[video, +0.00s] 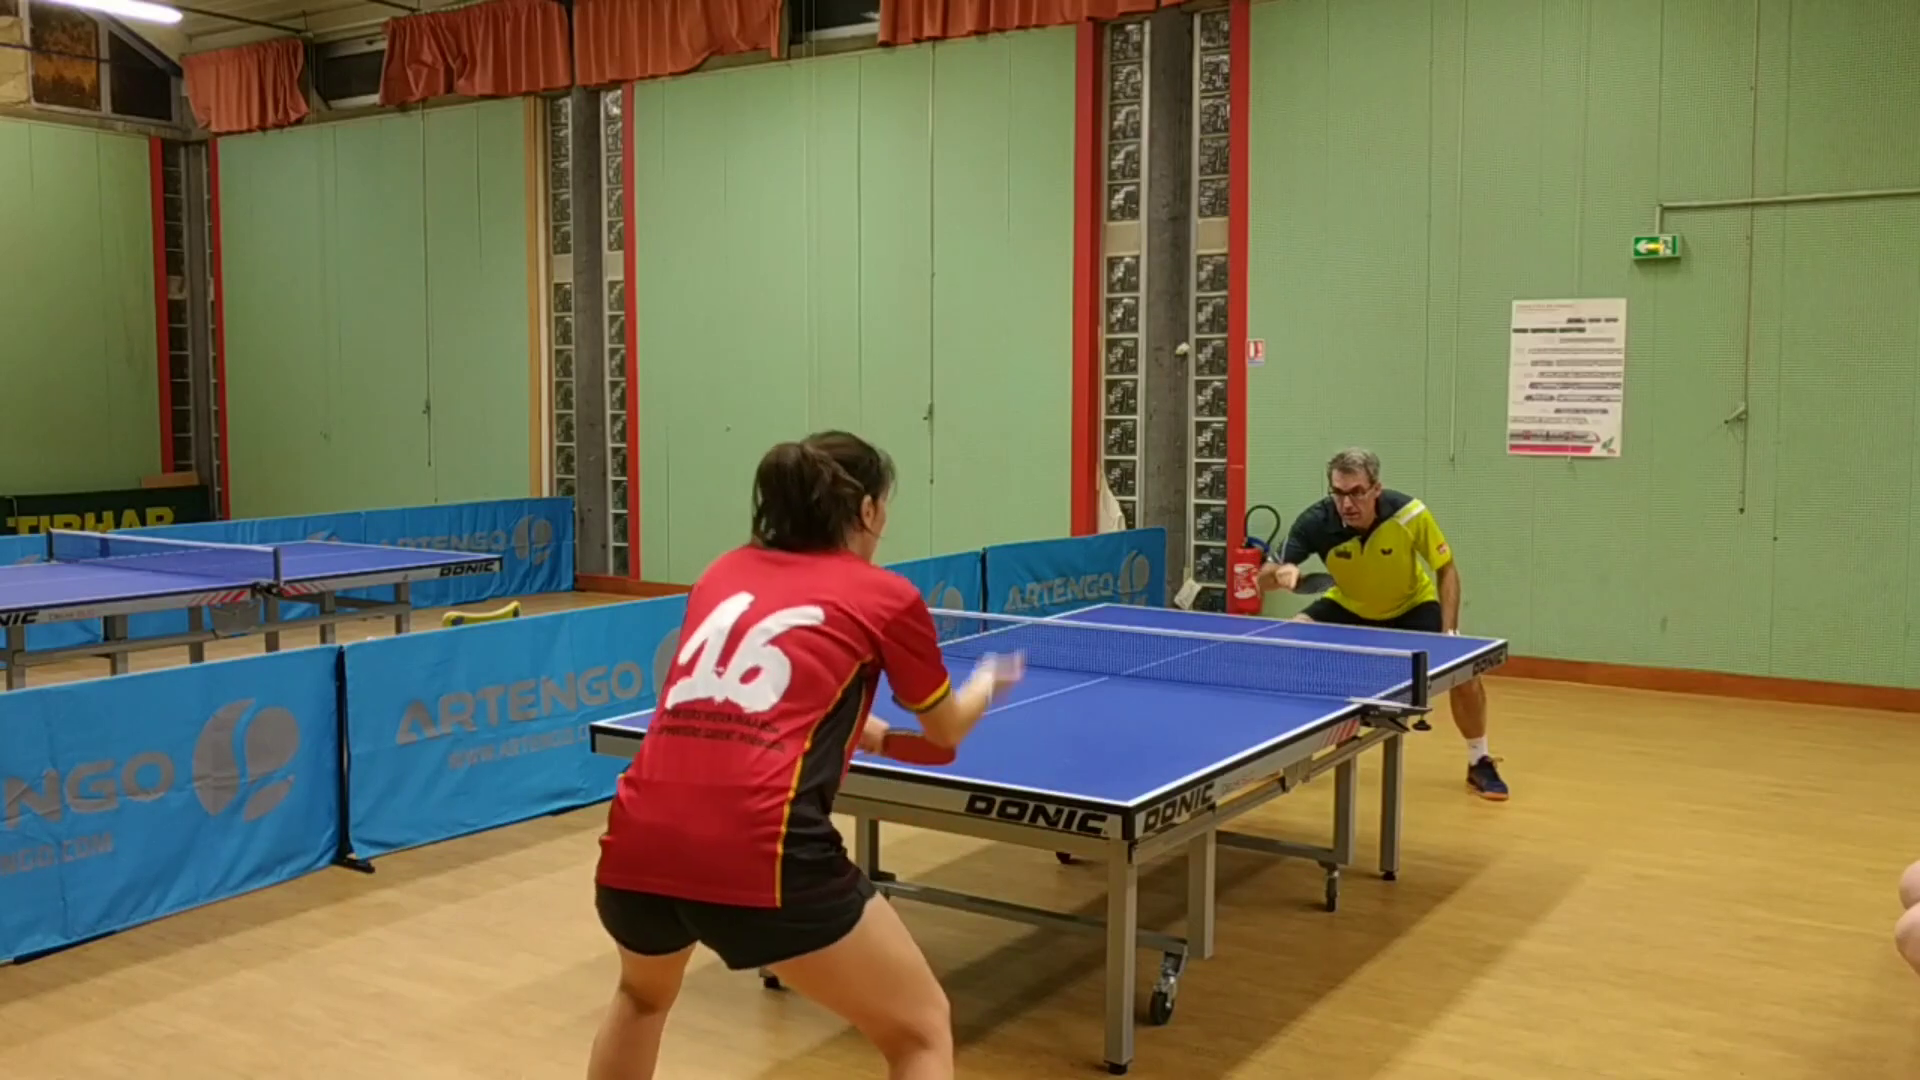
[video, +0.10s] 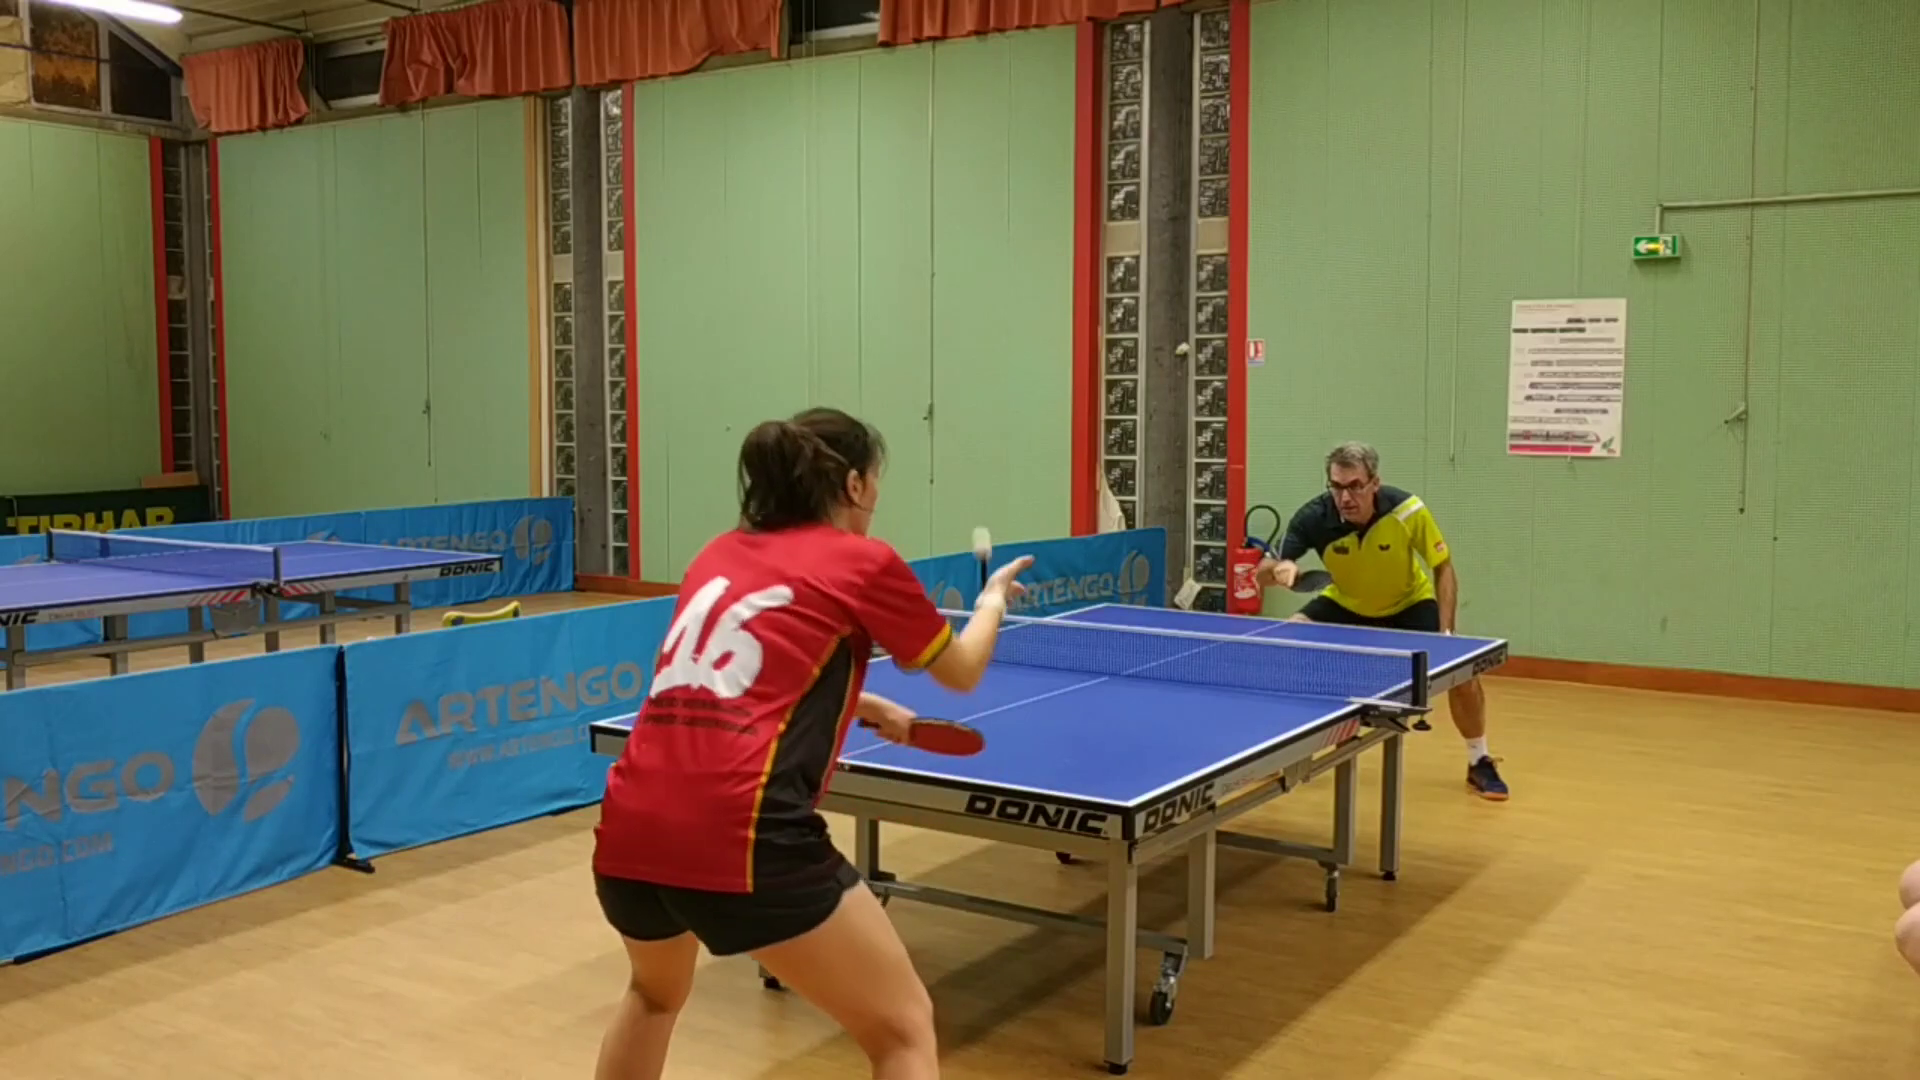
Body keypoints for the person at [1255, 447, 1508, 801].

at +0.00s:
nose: (1347, 503)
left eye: (1356, 493)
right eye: (1339, 493)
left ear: (1376, 488)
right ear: (1330, 489)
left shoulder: (1408, 512)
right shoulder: (1314, 523)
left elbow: (1447, 570)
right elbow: (1265, 580)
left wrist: (1449, 633)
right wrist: (1280, 574)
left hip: (1412, 605)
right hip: (1348, 604)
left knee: (1462, 667)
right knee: (1284, 640)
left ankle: (1480, 762)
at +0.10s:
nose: (1345, 497)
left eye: (1355, 487)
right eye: (1338, 487)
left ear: (1374, 482)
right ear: (1329, 483)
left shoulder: (1406, 509)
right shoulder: (1312, 518)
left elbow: (1443, 568)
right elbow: (1263, 575)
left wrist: (1446, 634)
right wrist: (1278, 570)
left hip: (1409, 603)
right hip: (1345, 602)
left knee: (1460, 667)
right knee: (1284, 641)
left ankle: (1480, 762)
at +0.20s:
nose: (1342, 488)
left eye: (1351, 478)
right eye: (1334, 478)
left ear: (1371, 475)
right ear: (1326, 476)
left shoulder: (1402, 503)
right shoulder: (1308, 512)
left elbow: (1437, 564)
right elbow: (1263, 567)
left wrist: (1442, 630)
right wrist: (1276, 566)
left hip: (1404, 600)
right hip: (1340, 599)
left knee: (1456, 667)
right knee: (1280, 645)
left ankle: (1480, 761)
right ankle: (1277, 752)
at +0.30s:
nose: (1336, 478)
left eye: (1346, 469)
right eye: (1329, 469)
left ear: (1365, 466)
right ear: (1320, 467)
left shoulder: (1396, 498)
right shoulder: (1303, 504)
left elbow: (1429, 558)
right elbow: (1262, 556)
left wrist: (1438, 623)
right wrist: (1273, 561)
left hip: (1397, 595)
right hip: (1334, 596)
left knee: (1448, 662)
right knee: (1277, 644)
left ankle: (1480, 761)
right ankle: (1275, 753)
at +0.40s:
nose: (1329, 470)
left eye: (1338, 460)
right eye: (1321, 460)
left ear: (1357, 458)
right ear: (1311, 459)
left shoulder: (1386, 490)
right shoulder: (1294, 496)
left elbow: (1419, 552)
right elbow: (1251, 546)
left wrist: (1431, 616)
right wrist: (1264, 555)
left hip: (1387, 590)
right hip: (1324, 590)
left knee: (1439, 658)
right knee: (1268, 642)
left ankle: (1478, 761)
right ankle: (1268, 751)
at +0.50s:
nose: (1318, 461)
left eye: (1327, 450)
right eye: (1310, 451)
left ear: (1345, 448)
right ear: (1299, 450)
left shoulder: (1372, 478)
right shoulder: (1282, 485)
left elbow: (1403, 539)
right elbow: (1239, 538)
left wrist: (1415, 600)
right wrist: (1254, 548)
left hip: (1372, 583)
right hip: (1310, 583)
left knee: (1425, 658)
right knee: (1256, 643)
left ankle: (1476, 759)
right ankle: (1259, 753)